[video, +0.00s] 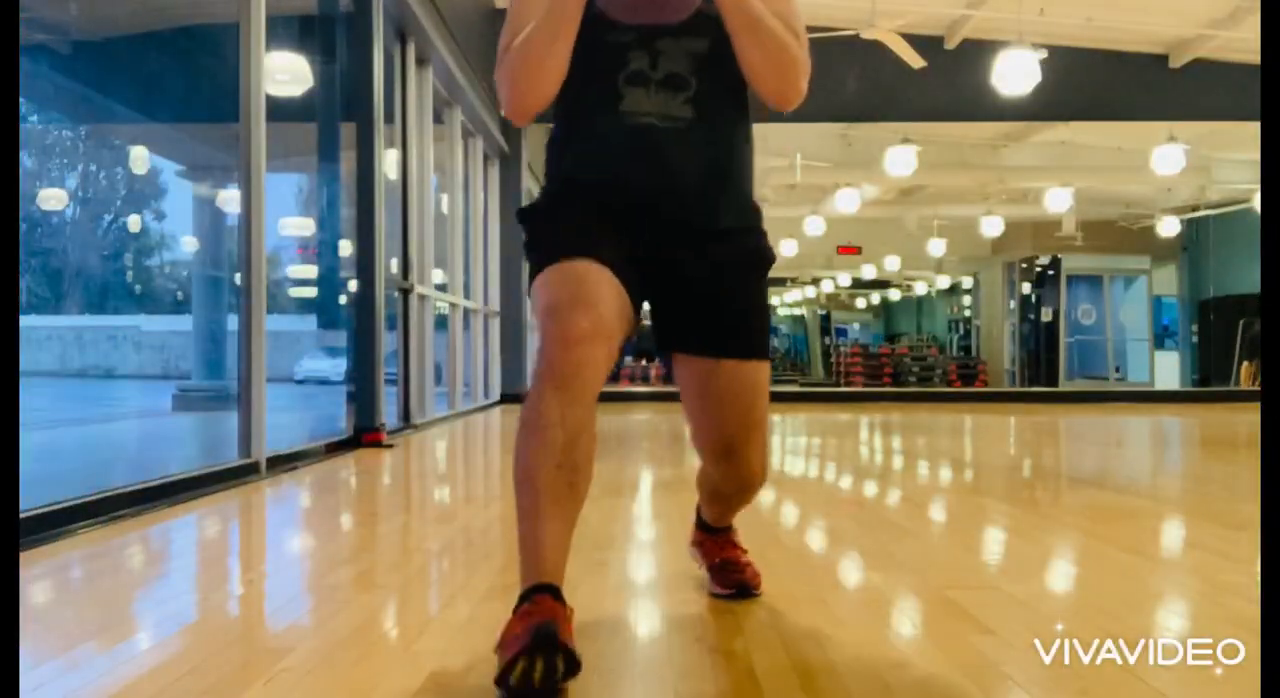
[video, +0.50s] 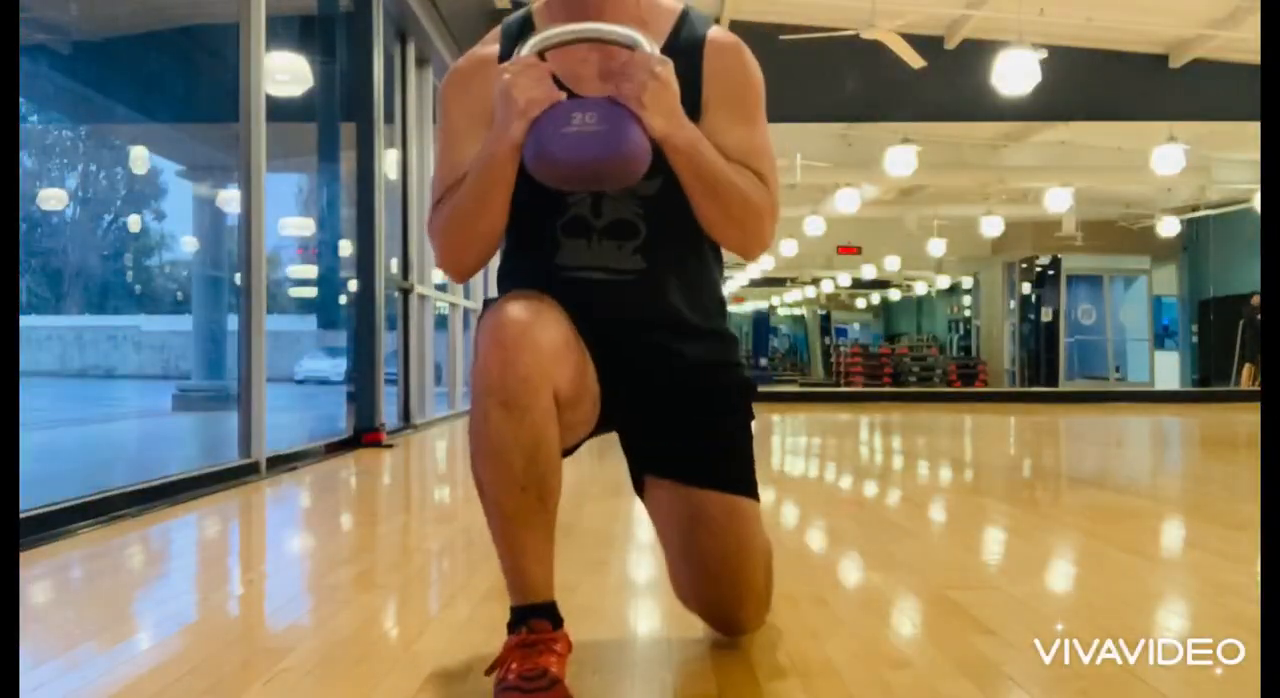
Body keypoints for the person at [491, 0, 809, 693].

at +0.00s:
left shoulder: (746, 1)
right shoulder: (556, 2)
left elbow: (787, 87)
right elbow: (519, 100)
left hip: (715, 223)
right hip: (591, 214)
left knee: (740, 463)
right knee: (571, 345)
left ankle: (714, 528)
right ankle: (541, 599)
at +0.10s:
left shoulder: (741, 0)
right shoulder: (526, 1)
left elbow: (775, 120)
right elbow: (501, 135)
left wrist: (708, 6)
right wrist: (560, 6)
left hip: (701, 243)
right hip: (576, 234)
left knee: (737, 498)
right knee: (551, 327)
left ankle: (719, 525)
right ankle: (534, 621)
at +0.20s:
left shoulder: (730, 8)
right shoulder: (510, 13)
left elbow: (767, 154)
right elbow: (485, 171)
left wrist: (693, 30)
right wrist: (548, 30)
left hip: (690, 269)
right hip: (568, 262)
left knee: (727, 530)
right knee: (538, 324)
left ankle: (735, 548)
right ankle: (534, 622)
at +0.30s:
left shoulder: (726, 25)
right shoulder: (499, 40)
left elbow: (761, 186)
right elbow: (472, 206)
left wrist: (686, 71)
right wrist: (525, 80)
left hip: (687, 303)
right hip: (566, 297)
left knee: (734, 574)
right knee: (527, 323)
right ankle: (534, 624)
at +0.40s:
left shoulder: (720, 43)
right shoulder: (492, 57)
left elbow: (757, 214)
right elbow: (464, 238)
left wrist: (680, 104)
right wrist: (518, 103)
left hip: (686, 335)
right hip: (563, 328)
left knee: (736, 594)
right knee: (519, 327)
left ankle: (679, 478)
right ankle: (534, 627)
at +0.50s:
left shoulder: (717, 56)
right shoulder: (484, 71)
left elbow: (751, 231)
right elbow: (456, 254)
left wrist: (675, 129)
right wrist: (506, 134)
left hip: (682, 346)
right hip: (559, 339)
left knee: (734, 609)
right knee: (512, 331)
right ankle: (534, 627)